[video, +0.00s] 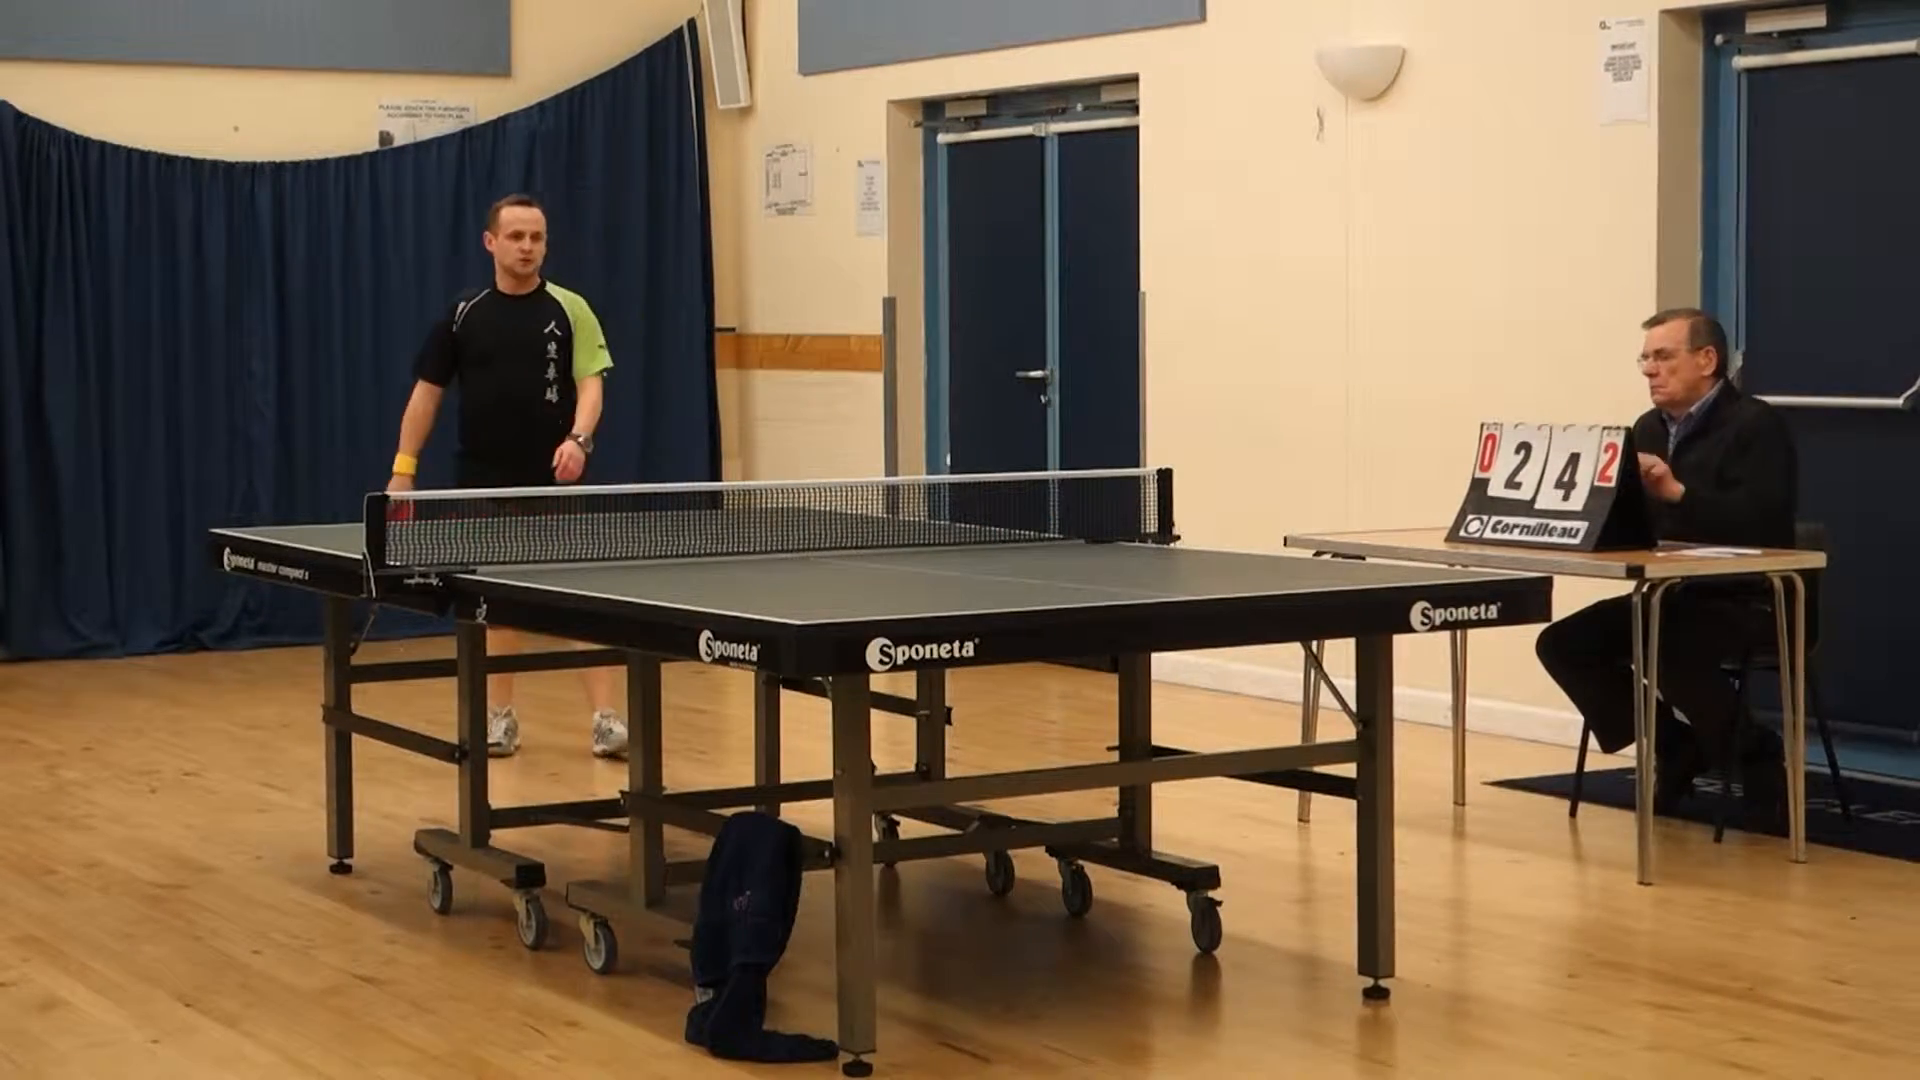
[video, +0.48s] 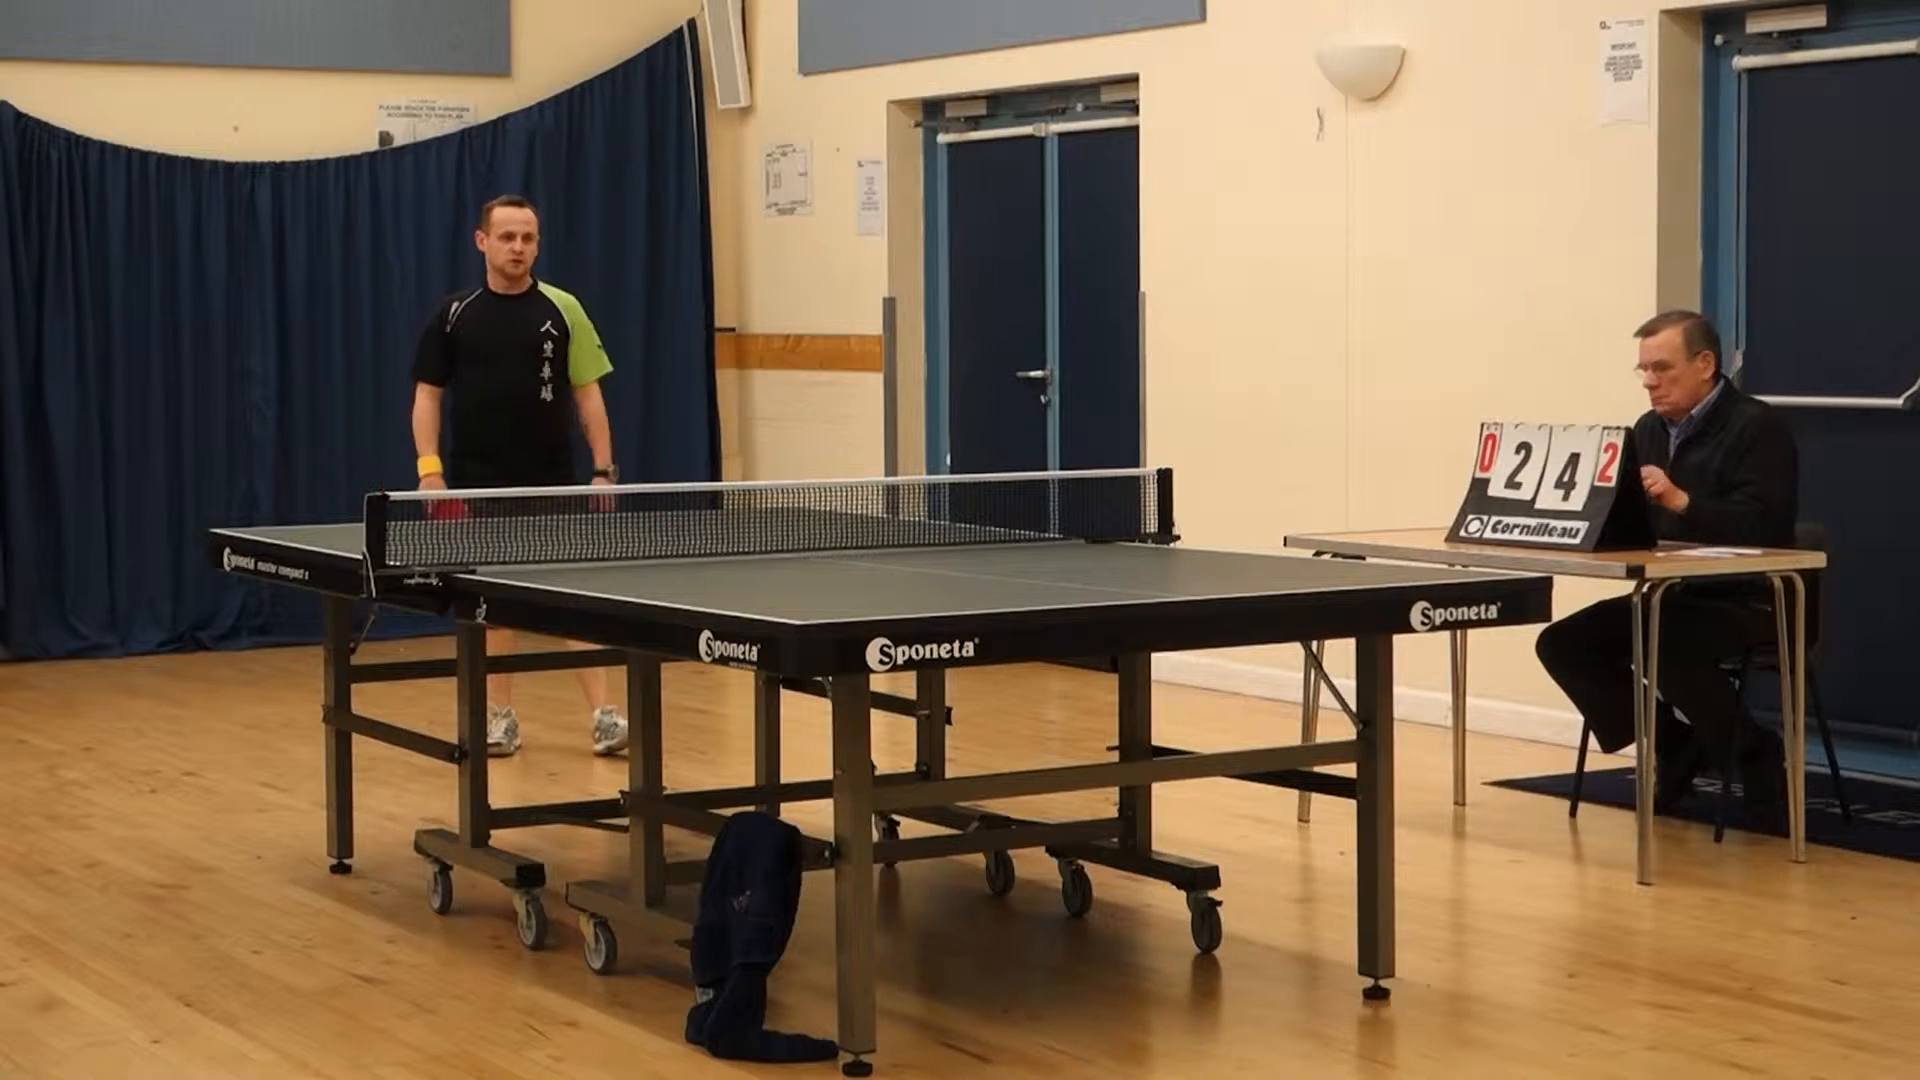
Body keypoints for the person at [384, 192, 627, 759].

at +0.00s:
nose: (528, 247)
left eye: (536, 237)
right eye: (516, 237)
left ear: (547, 243)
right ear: (491, 243)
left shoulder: (572, 310)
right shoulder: (463, 316)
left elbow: (590, 383)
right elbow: (426, 395)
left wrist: (580, 437)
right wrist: (402, 472)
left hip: (558, 485)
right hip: (486, 486)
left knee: (590, 600)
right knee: (496, 604)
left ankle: (606, 714)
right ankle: (498, 712)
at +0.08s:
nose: (523, 247)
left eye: (531, 237)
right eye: (511, 236)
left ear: (542, 243)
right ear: (486, 242)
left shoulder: (567, 308)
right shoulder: (459, 314)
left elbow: (583, 383)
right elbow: (422, 395)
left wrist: (565, 436)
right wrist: (395, 475)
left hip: (554, 481)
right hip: (483, 483)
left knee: (587, 597)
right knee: (495, 601)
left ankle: (604, 713)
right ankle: (498, 712)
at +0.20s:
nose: (518, 247)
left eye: (527, 237)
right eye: (506, 236)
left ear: (538, 244)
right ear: (482, 242)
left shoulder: (562, 308)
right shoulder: (454, 313)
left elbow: (577, 387)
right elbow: (421, 394)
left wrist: (553, 445)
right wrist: (398, 473)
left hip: (549, 480)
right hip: (478, 484)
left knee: (577, 596)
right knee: (492, 601)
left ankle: (603, 711)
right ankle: (497, 711)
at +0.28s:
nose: (517, 246)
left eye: (526, 237)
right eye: (506, 236)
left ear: (536, 243)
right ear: (481, 242)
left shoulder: (561, 308)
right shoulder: (453, 312)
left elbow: (576, 391)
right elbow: (422, 393)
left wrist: (558, 456)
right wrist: (406, 474)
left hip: (546, 482)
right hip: (477, 486)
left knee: (575, 597)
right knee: (493, 604)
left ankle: (604, 711)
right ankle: (498, 713)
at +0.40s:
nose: (517, 247)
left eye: (526, 237)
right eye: (505, 236)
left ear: (536, 242)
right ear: (480, 242)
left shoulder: (561, 308)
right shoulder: (453, 313)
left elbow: (581, 394)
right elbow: (425, 394)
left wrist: (584, 471)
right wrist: (421, 473)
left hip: (551, 488)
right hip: (477, 490)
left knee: (577, 602)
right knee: (490, 608)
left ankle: (603, 711)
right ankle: (498, 713)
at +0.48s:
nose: (519, 247)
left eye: (528, 237)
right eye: (507, 237)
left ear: (538, 243)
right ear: (482, 242)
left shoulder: (563, 309)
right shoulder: (454, 316)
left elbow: (588, 392)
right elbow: (427, 396)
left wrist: (604, 467)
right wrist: (430, 474)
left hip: (554, 488)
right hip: (479, 492)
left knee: (578, 603)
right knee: (491, 608)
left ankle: (603, 711)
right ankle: (498, 713)